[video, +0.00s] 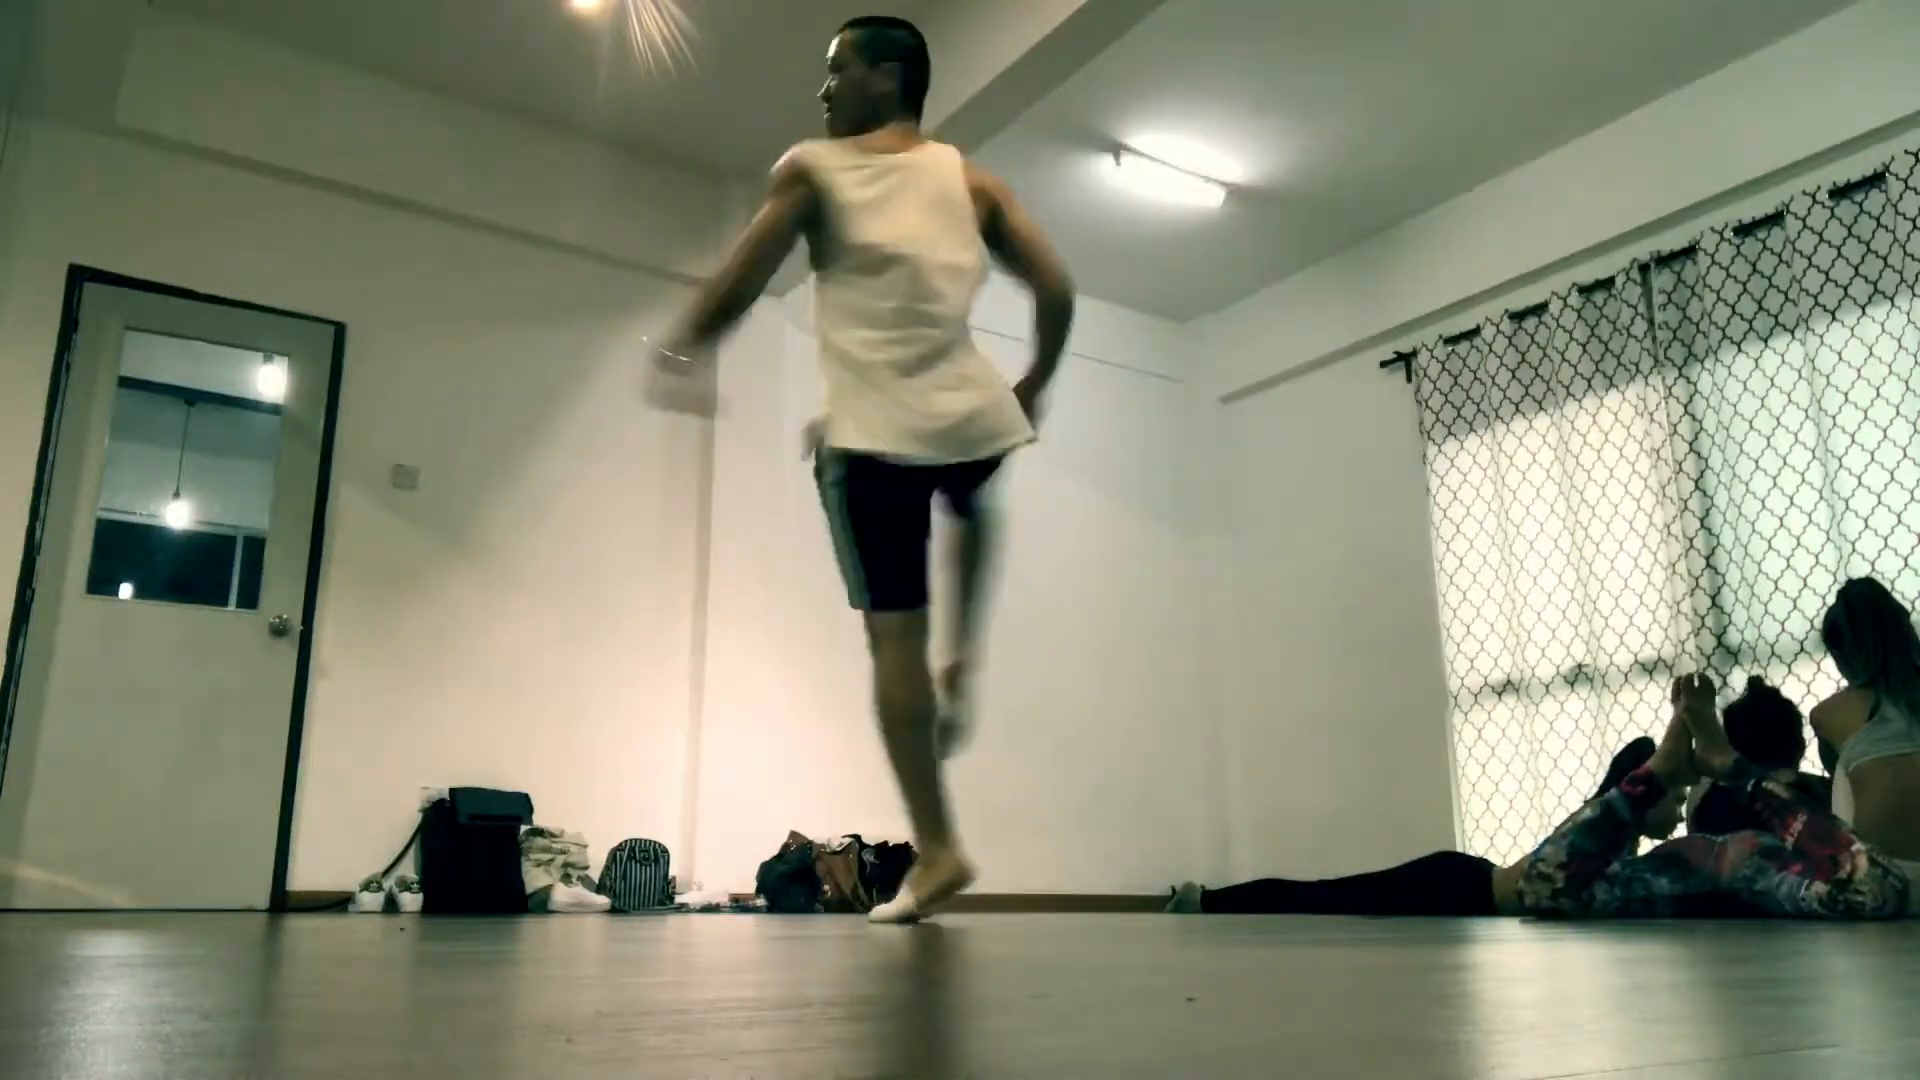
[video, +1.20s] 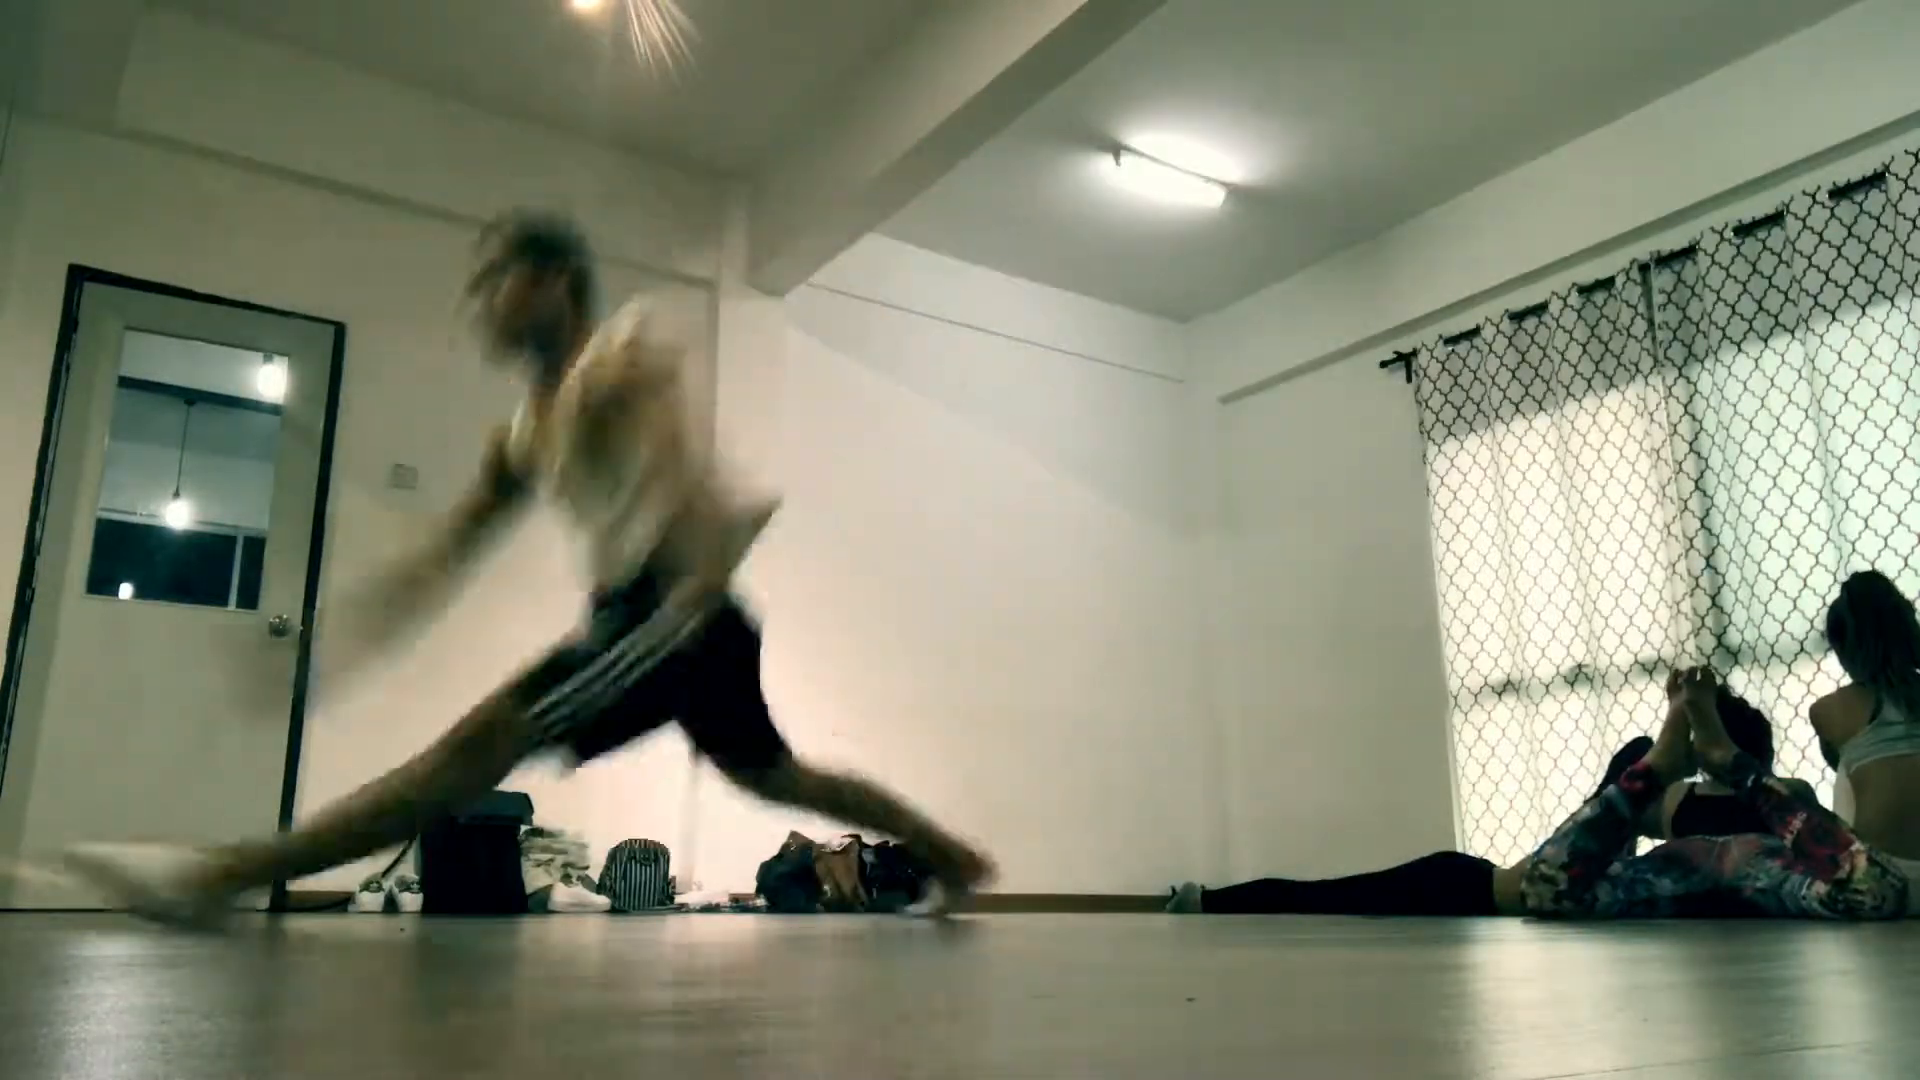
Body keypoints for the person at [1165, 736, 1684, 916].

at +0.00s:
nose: (1668, 801)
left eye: (1666, 790)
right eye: (1662, 787)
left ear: (1643, 784)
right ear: (1642, 786)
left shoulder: (1622, 820)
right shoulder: (1612, 824)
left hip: (1470, 882)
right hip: (1463, 885)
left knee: (1334, 893)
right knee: (1330, 897)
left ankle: (1211, 897)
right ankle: (1204, 902)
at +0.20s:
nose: (1694, 769)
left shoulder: (1634, 806)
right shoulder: (1629, 807)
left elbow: (1660, 782)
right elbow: (1658, 784)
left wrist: (1685, 721)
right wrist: (1685, 722)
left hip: (1474, 883)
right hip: (1470, 882)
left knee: (1335, 895)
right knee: (1332, 896)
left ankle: (1210, 899)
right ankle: (1206, 900)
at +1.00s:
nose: (1682, 726)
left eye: (1698, 724)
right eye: (1689, 718)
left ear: (1720, 740)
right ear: (1704, 733)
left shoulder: (1702, 802)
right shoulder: (1652, 781)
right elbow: (1645, 790)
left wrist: (1690, 721)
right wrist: (1681, 718)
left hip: (1497, 889)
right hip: (1488, 880)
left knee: (1340, 900)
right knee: (1336, 895)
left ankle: (1212, 902)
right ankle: (1208, 900)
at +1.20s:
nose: (1669, 717)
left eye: (1683, 712)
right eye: (1670, 708)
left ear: (1715, 732)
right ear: (1690, 727)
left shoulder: (1725, 798)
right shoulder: (1642, 775)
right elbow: (1642, 793)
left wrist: (1708, 728)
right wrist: (1683, 722)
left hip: (1500, 892)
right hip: (1486, 881)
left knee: (1340, 901)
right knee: (1334, 895)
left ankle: (1212, 902)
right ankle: (1205, 901)